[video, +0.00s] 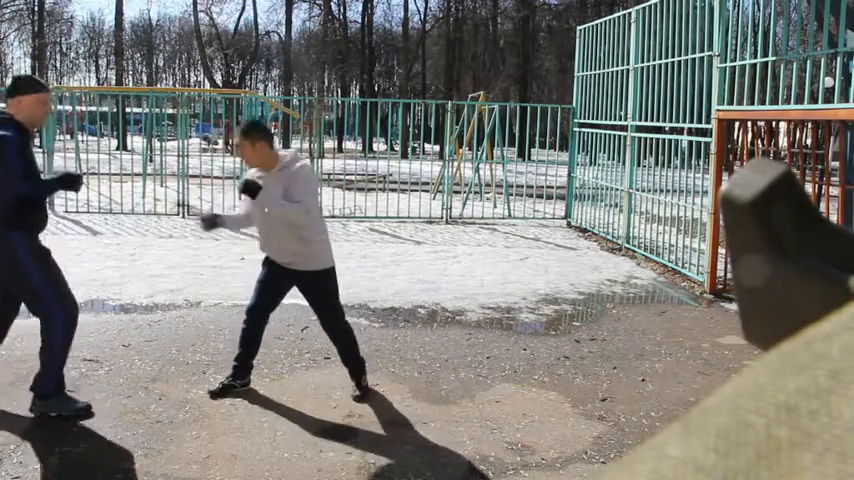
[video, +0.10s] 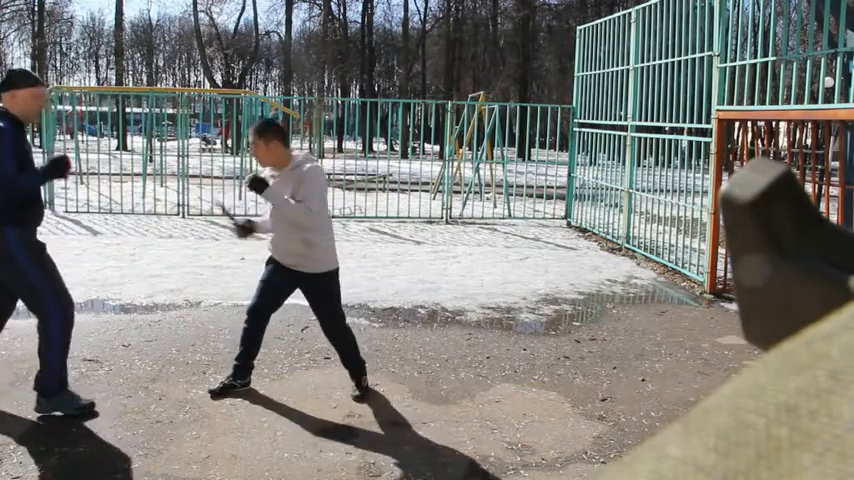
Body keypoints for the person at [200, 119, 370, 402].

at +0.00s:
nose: (240, 155)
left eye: (242, 149)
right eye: (239, 150)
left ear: (260, 145)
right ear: (256, 146)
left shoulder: (300, 170)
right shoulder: (258, 178)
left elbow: (306, 215)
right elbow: (249, 218)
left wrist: (264, 198)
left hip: (314, 264)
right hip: (278, 262)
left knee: (334, 323)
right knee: (255, 314)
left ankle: (358, 375)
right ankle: (240, 376)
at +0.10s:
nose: (253, 152)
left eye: (256, 146)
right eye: (253, 147)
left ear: (274, 144)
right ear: (272, 145)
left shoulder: (311, 171)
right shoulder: (277, 176)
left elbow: (309, 217)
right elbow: (281, 219)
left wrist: (270, 194)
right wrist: (253, 225)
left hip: (318, 267)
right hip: (283, 263)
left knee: (335, 327)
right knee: (256, 314)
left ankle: (359, 376)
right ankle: (240, 376)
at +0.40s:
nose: (252, 158)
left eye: (254, 152)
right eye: (251, 152)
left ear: (272, 150)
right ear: (267, 151)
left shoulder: (309, 176)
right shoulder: (258, 181)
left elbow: (309, 220)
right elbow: (246, 217)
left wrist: (271, 192)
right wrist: (235, 249)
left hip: (305, 272)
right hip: (268, 268)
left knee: (330, 331)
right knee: (230, 314)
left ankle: (358, 377)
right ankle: (211, 374)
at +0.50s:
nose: (229, 156)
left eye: (232, 149)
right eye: (228, 150)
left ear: (248, 148)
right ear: (242, 150)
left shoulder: (288, 172)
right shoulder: (233, 183)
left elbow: (294, 211)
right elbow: (200, 205)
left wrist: (257, 183)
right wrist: (175, 234)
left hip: (292, 269)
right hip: (253, 266)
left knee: (322, 326)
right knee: (219, 316)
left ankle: (356, 375)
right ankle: (200, 373)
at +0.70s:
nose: (180, 167)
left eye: (183, 160)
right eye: (179, 161)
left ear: (204, 158)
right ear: (191, 161)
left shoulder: (243, 178)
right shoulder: (183, 195)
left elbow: (259, 212)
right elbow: (155, 220)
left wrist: (220, 194)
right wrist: (124, 239)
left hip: (267, 262)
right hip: (229, 265)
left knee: (300, 317)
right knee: (203, 314)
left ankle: (339, 363)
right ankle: (198, 375)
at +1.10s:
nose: (198, 146)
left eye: (202, 140)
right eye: (198, 140)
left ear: (221, 140)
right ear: (217, 141)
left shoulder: (263, 170)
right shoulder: (208, 177)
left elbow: (268, 212)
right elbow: (191, 208)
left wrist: (225, 191)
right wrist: (156, 227)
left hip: (271, 262)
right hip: (234, 260)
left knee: (288, 321)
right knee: (213, 314)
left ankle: (314, 373)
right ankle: (198, 375)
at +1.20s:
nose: (218, 145)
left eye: (221, 139)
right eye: (217, 139)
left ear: (240, 137)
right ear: (235, 139)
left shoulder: (277, 167)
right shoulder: (233, 171)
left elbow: (278, 212)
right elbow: (223, 210)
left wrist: (238, 191)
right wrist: (189, 213)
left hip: (278, 263)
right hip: (243, 260)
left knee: (292, 324)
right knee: (220, 316)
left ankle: (315, 376)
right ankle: (199, 374)